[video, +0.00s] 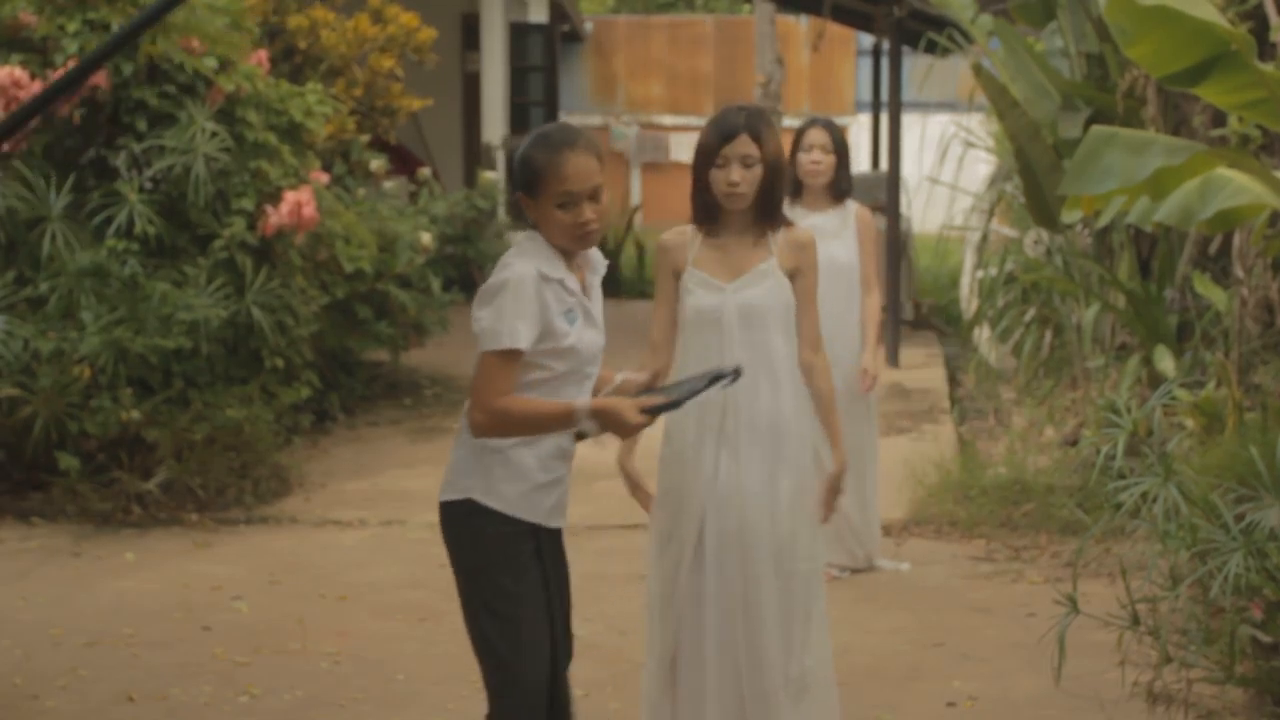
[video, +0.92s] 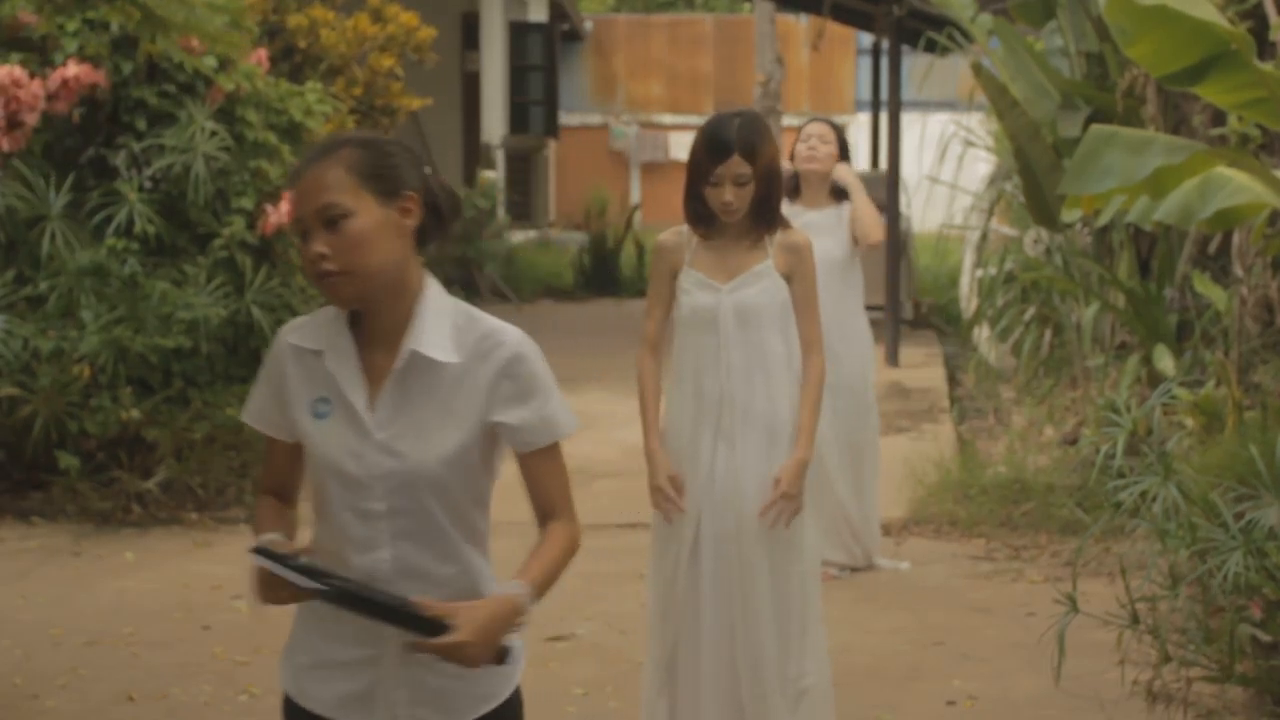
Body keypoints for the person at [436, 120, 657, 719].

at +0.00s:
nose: (586, 215)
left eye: (595, 197)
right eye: (567, 203)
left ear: (607, 191)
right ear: (527, 206)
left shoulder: (586, 265)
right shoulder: (519, 278)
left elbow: (560, 381)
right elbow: (485, 414)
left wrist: (614, 387)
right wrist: (591, 411)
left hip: (538, 501)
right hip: (489, 503)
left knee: (552, 678)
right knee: (523, 688)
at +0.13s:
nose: (548, 230)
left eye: (559, 210)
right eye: (526, 219)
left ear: (578, 201)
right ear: (494, 219)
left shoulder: (583, 281)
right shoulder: (476, 298)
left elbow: (573, 387)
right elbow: (433, 432)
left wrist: (612, 428)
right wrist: (534, 432)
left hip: (542, 532)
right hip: (473, 535)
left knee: (544, 680)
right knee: (492, 696)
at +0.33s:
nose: (466, 230)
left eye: (479, 206)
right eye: (445, 218)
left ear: (513, 195)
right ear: (427, 224)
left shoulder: (556, 289)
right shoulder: (406, 306)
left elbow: (559, 397)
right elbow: (376, 447)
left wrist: (589, 465)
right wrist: (469, 448)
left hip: (539, 563)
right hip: (442, 572)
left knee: (582, 707)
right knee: (457, 712)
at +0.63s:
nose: (408, 262)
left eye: (423, 234)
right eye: (387, 249)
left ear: (470, 223)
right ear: (375, 261)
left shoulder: (537, 326)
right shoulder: (361, 355)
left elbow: (568, 444)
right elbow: (337, 518)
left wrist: (605, 517)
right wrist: (442, 509)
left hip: (522, 619)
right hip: (415, 629)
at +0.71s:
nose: (401, 270)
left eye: (417, 242)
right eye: (381, 257)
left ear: (468, 227)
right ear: (369, 267)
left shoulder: (544, 349)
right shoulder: (354, 364)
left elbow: (579, 483)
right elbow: (321, 526)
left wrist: (599, 569)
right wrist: (408, 531)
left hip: (512, 649)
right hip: (395, 657)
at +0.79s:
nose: (378, 269)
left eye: (395, 242)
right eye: (361, 256)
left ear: (456, 228)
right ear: (352, 266)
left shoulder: (539, 362)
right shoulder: (340, 366)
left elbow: (583, 507)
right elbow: (306, 521)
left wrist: (588, 588)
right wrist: (353, 550)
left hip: (498, 670)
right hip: (373, 671)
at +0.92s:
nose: (315, 250)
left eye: (334, 221)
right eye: (303, 234)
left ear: (407, 212)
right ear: (296, 245)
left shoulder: (499, 356)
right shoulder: (298, 351)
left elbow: (561, 524)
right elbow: (276, 494)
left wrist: (508, 607)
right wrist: (273, 553)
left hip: (462, 684)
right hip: (331, 681)